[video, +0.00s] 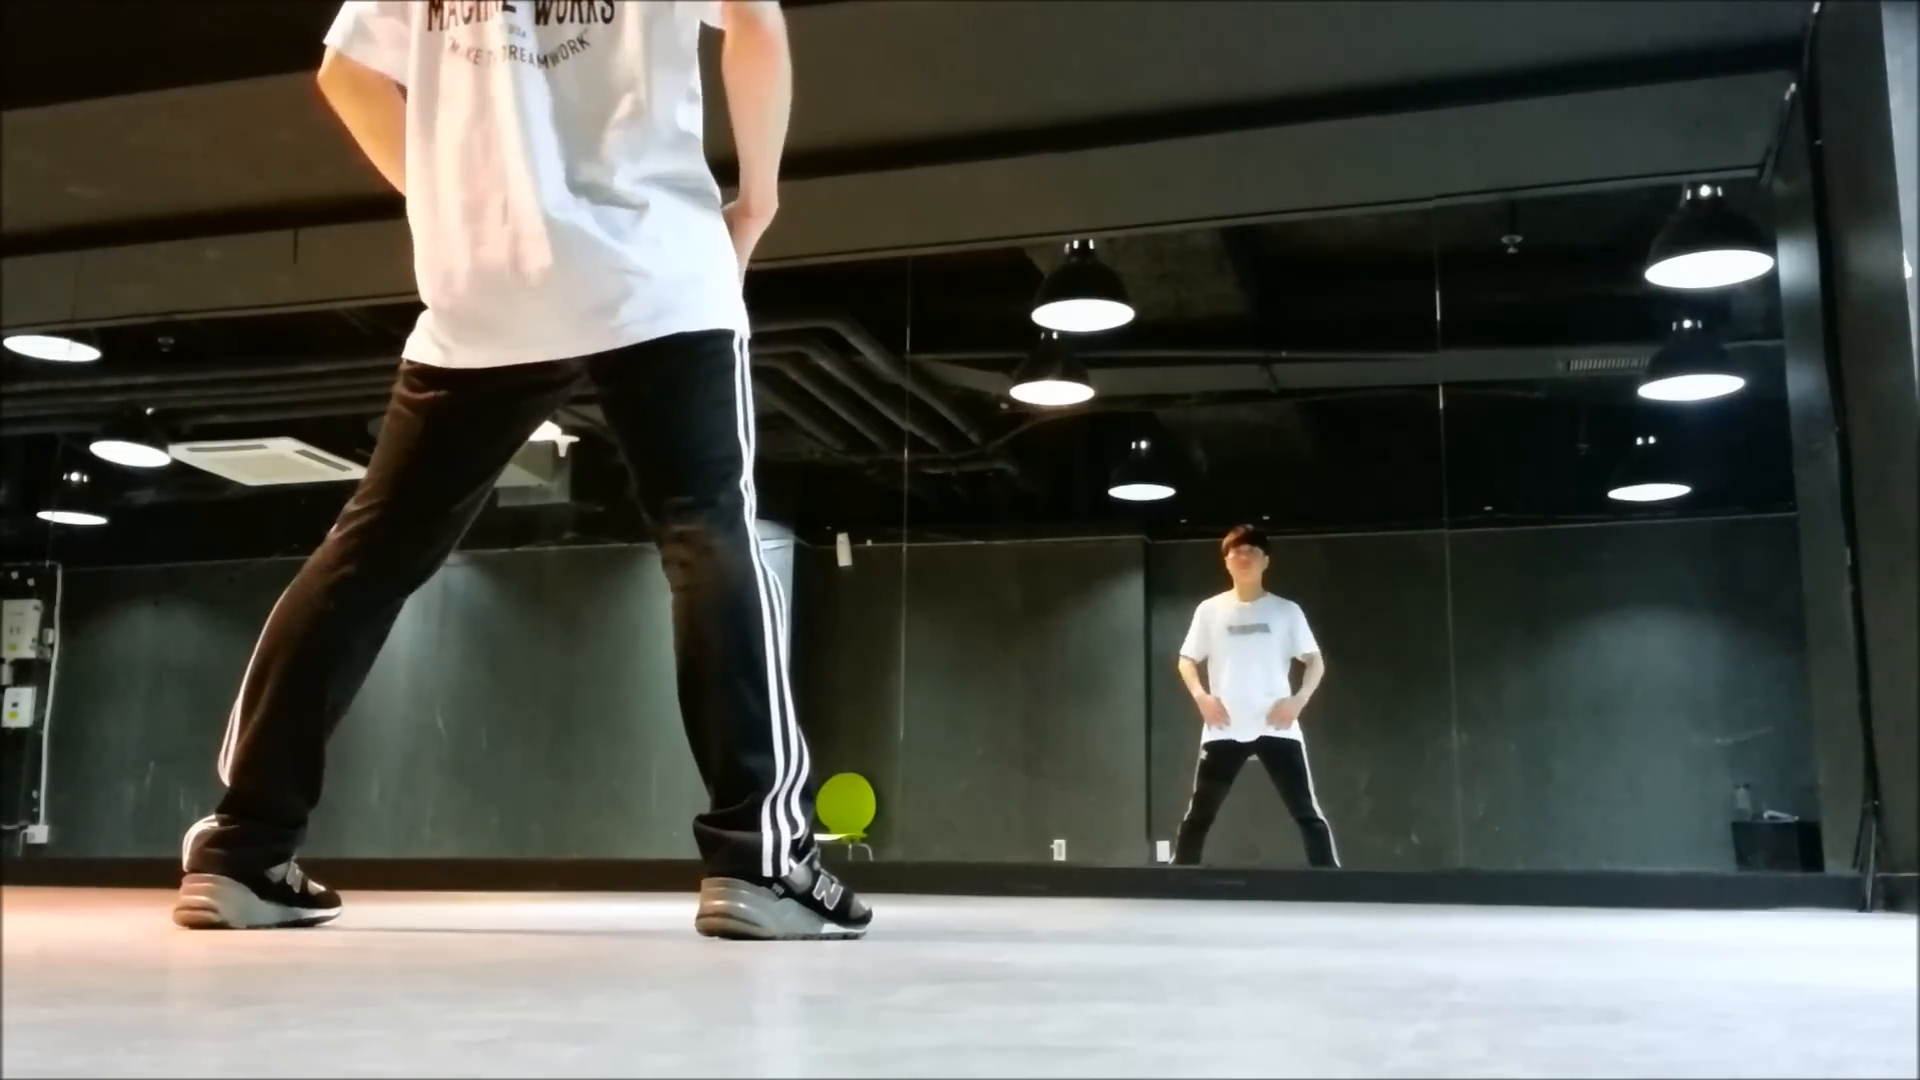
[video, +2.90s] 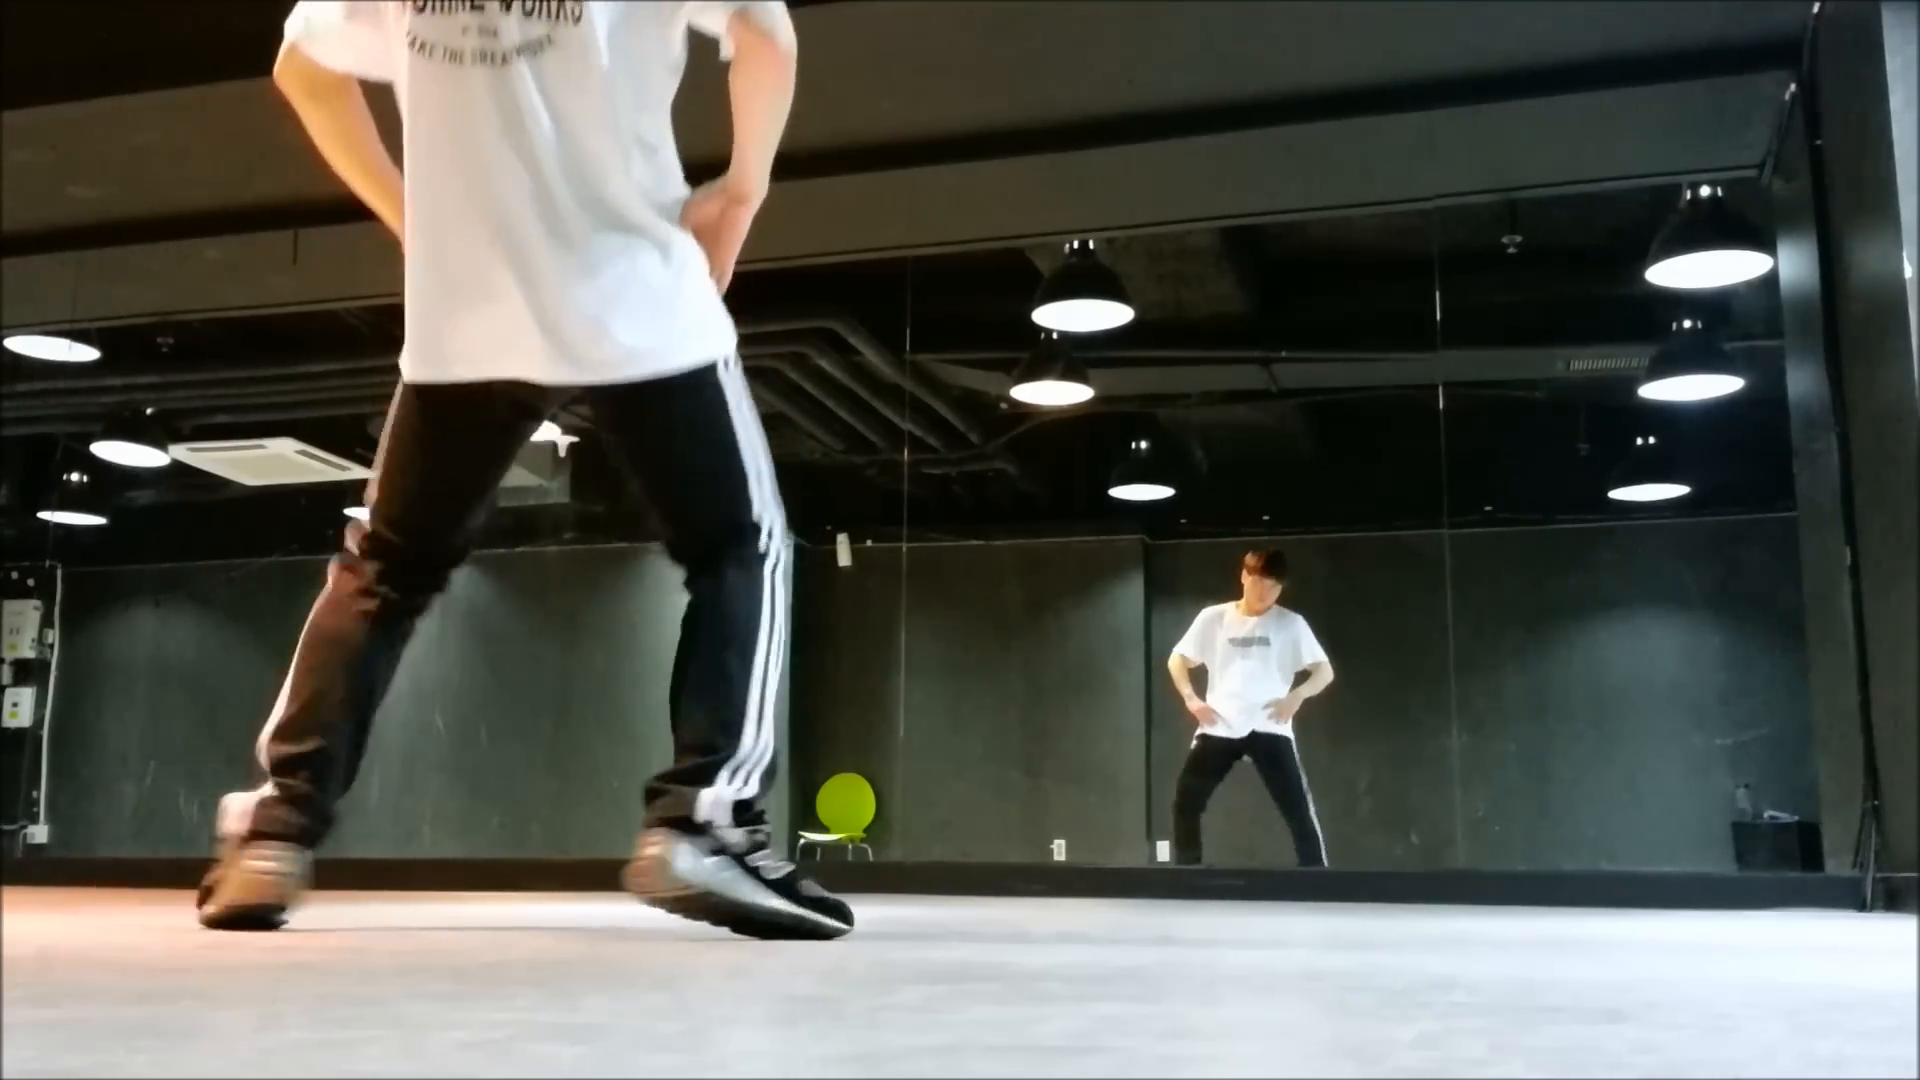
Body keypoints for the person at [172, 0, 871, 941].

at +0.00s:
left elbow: (350, 69)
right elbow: (754, 22)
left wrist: (458, 198)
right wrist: (758, 190)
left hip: (482, 254)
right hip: (655, 251)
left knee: (370, 551)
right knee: (710, 539)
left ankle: (238, 848)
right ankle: (760, 856)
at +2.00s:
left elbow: (306, 92)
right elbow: (766, 11)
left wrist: (431, 216)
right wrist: (746, 174)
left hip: (485, 280)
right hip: (654, 267)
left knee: (386, 549)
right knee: (761, 515)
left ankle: (307, 840)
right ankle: (706, 843)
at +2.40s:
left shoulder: (401, 3)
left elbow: (301, 63)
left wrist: (391, 220)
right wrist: (754, 164)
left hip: (458, 258)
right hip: (635, 243)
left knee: (385, 566)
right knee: (748, 544)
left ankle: (168, 824)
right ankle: (774, 847)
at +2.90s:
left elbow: (306, 68)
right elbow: (764, 35)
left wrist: (409, 218)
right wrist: (743, 185)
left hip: (464, 290)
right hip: (632, 291)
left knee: (383, 565)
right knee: (741, 548)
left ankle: (275, 833)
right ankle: (706, 825)